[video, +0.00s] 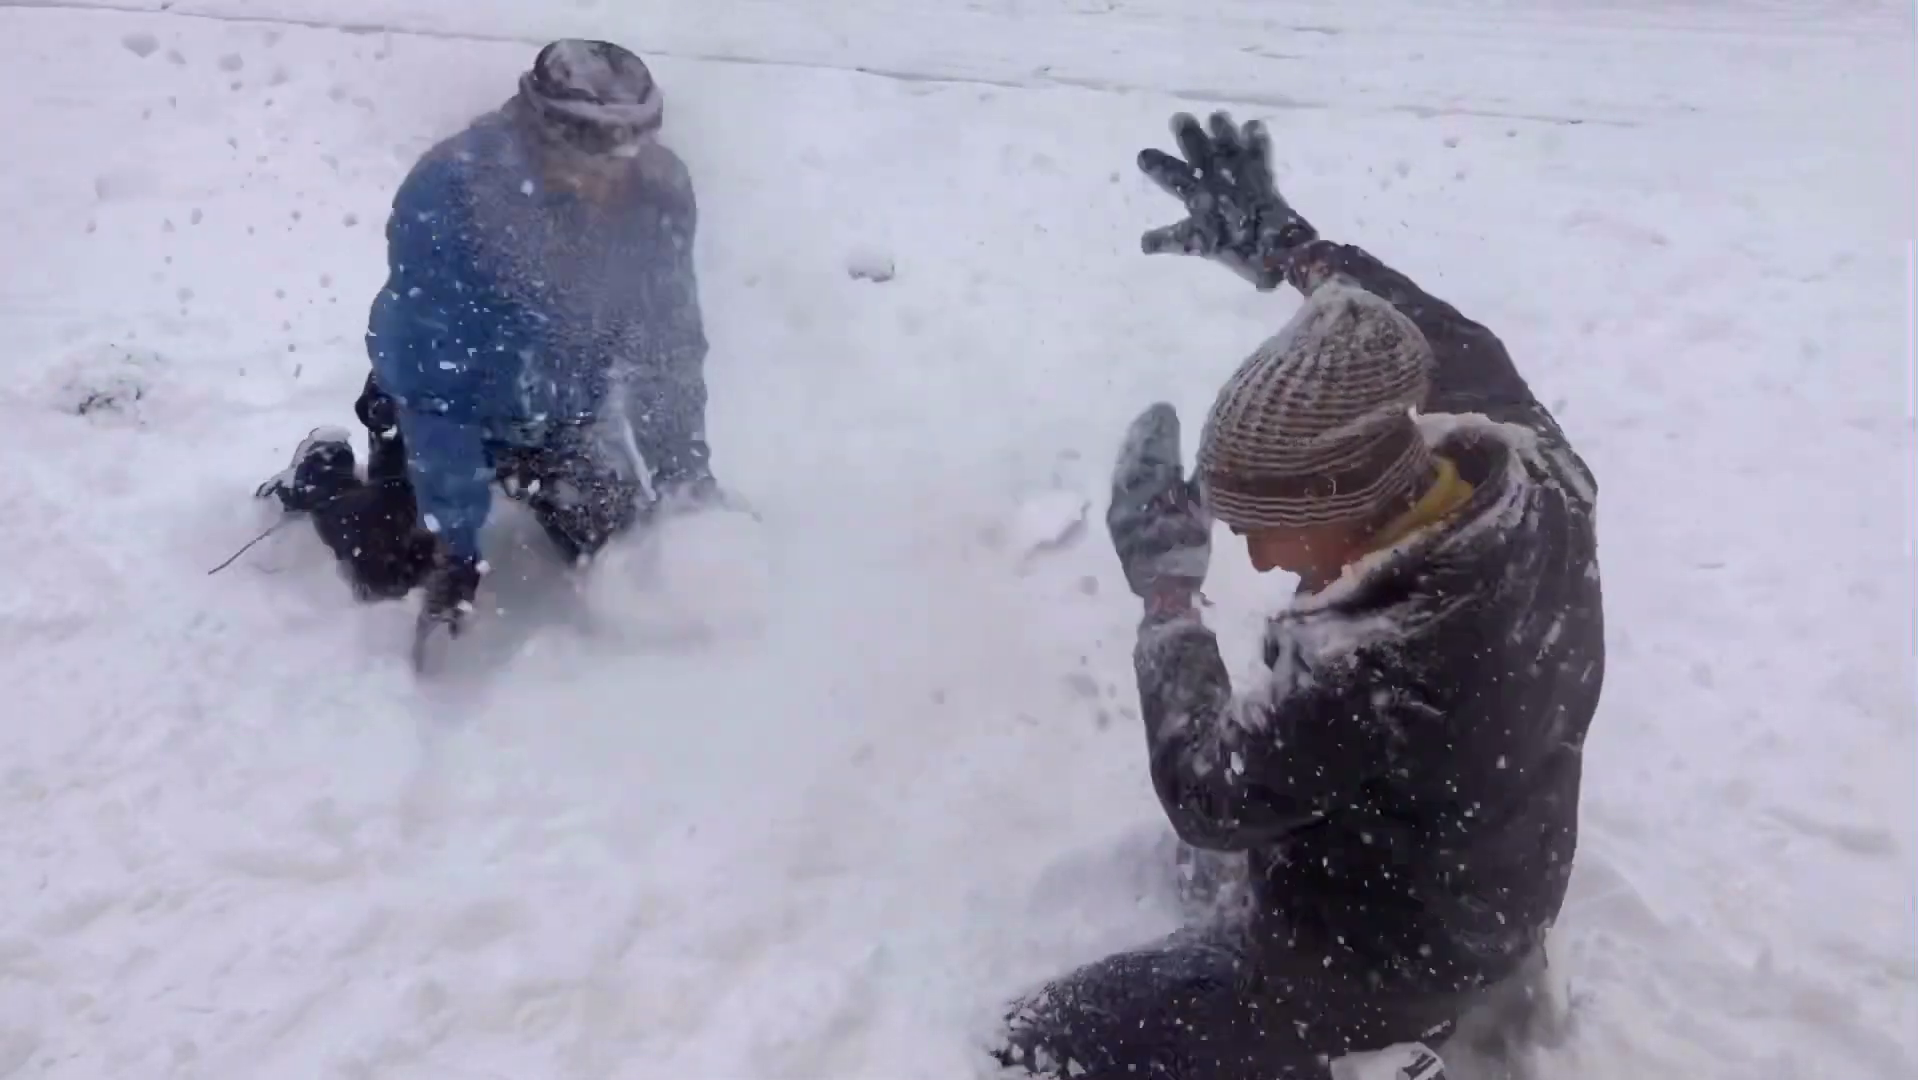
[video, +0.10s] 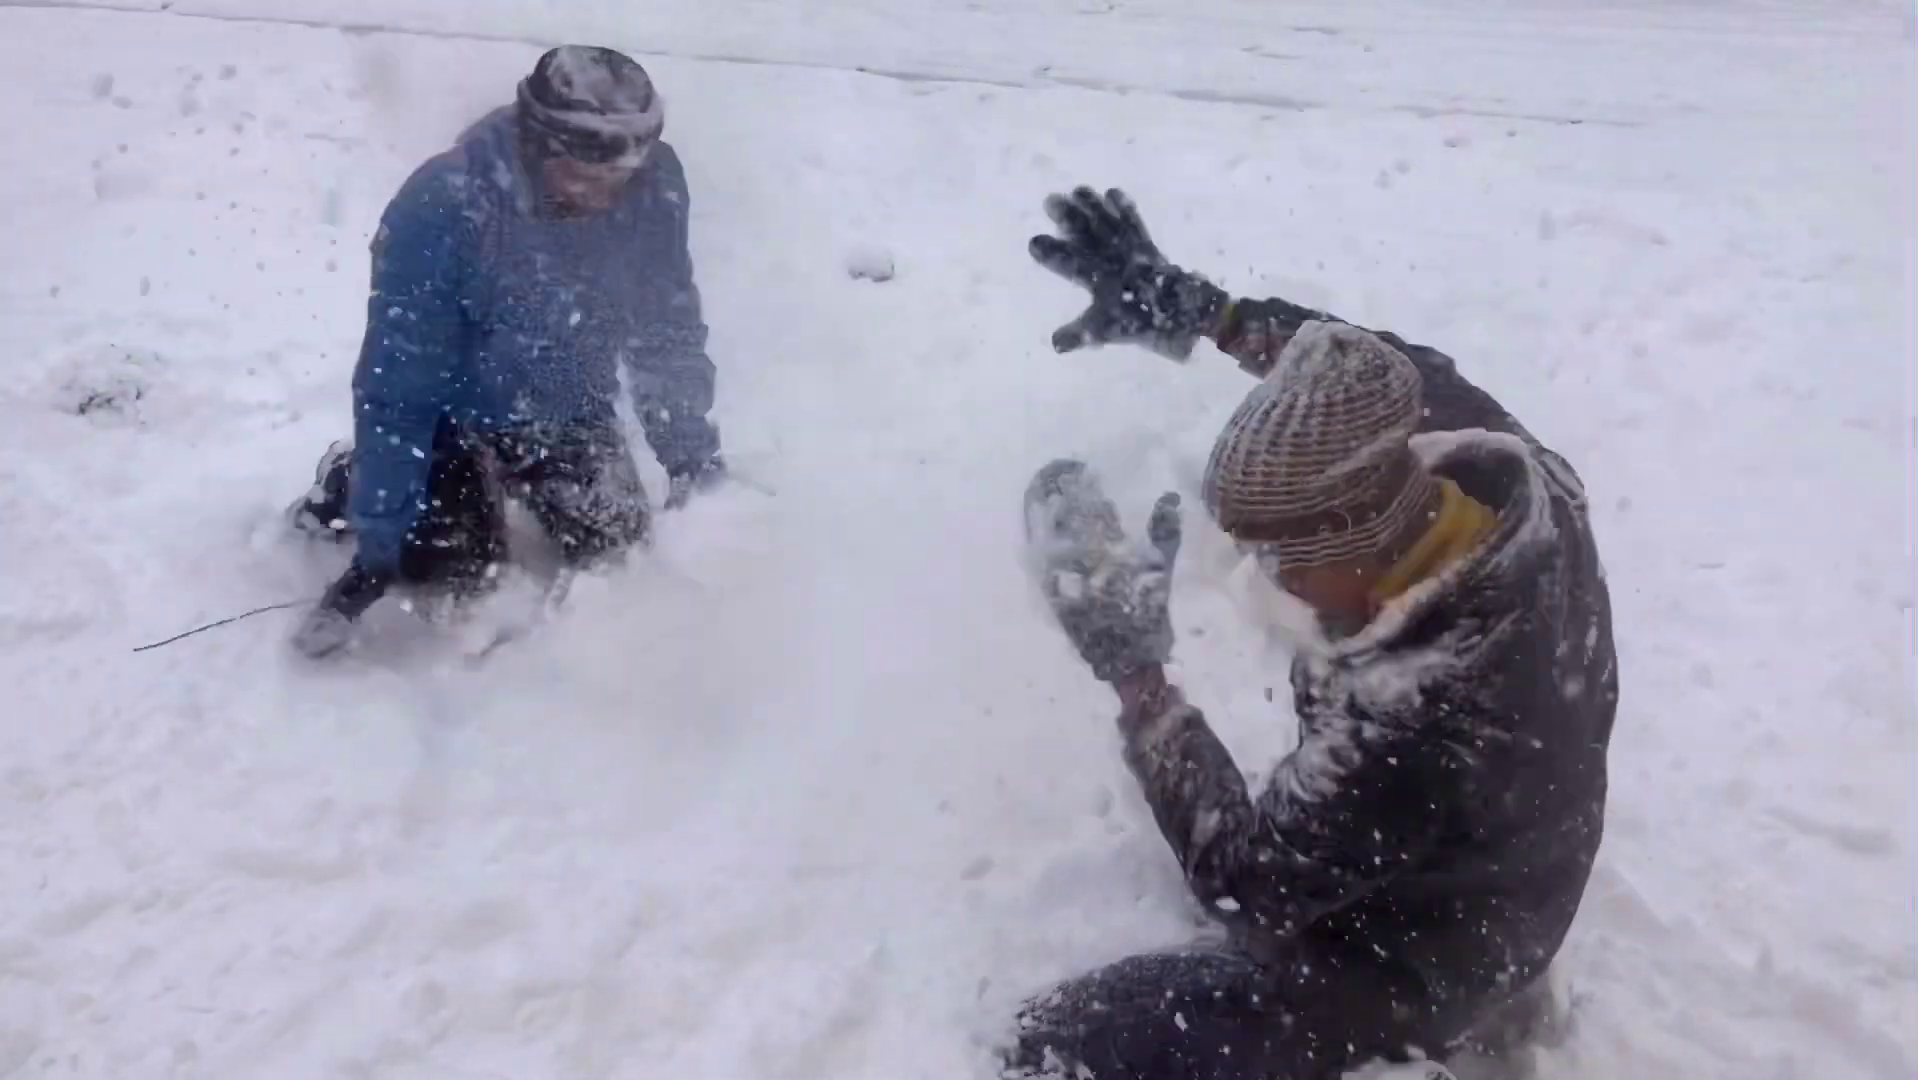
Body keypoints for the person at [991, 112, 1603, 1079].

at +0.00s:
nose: (1259, 559)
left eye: (1264, 534)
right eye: (1249, 535)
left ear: (1344, 511)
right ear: (1406, 444)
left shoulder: (1380, 678)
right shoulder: (1529, 472)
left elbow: (1207, 797)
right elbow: (1448, 343)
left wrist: (1169, 588)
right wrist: (1288, 246)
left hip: (1398, 961)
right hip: (1502, 872)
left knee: (1038, 1042)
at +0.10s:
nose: (1285, 584)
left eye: (1296, 563)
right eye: (1280, 560)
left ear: (1366, 549)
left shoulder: (1413, 724)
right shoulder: (1512, 479)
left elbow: (1238, 870)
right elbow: (1390, 370)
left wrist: (1136, 674)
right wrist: (1200, 311)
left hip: (1415, 967)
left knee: (1062, 1040)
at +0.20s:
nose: (1263, 603)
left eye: (1275, 589)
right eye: (1251, 576)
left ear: (1336, 594)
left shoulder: (1474, 784)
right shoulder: (1445, 483)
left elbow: (1310, 979)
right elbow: (1288, 410)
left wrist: (1124, 798)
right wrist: (1081, 416)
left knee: (1062, 1044)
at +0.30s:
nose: (1258, 621)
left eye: (1273, 604)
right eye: (1243, 589)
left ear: (1347, 583)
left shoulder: (1530, 739)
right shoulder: (1366, 494)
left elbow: (1380, 1012)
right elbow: (1260, 432)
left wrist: (1128, 870)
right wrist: (1044, 490)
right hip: (1325, 832)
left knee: (1061, 1046)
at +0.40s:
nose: (1262, 697)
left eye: (1280, 675)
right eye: (1234, 672)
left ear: (1344, 622)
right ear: (1207, 592)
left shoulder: (1523, 735)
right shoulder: (1271, 535)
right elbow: (1139, 496)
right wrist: (985, 647)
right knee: (1108, 892)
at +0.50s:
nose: (1250, 752)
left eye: (1254, 726)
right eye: (1227, 736)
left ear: (1308, 670)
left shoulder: (1498, 745)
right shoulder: (1247, 565)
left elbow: (1501, 1041)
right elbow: (1053, 610)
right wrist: (951, 817)